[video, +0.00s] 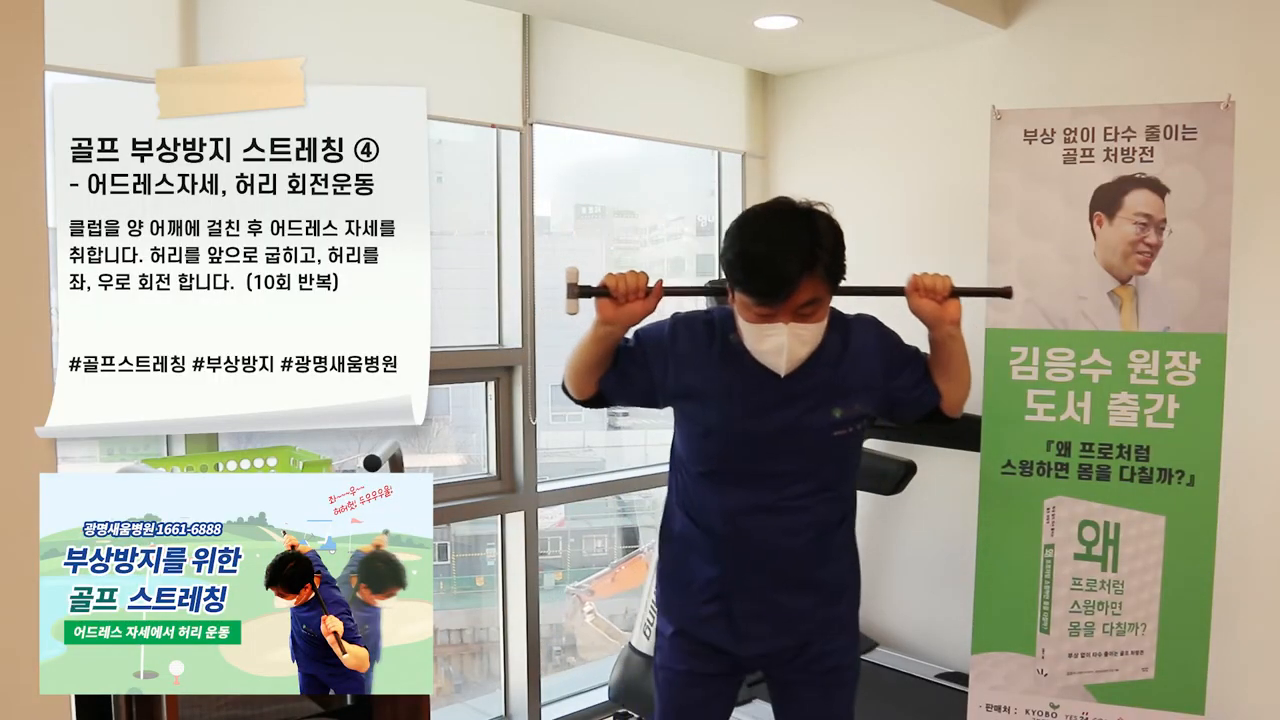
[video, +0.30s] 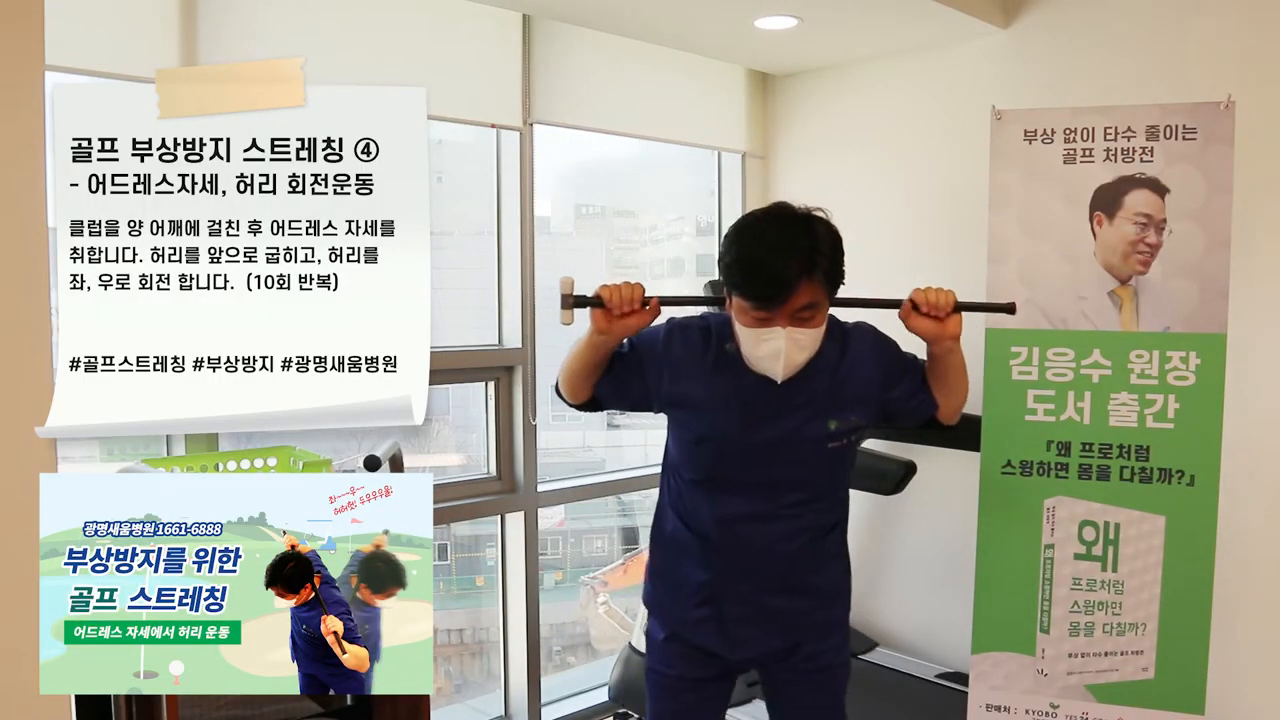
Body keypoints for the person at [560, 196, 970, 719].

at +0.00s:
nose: (784, 332)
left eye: (806, 312)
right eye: (761, 314)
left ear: (832, 290)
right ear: (730, 290)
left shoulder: (863, 349)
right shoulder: (690, 344)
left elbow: (949, 397)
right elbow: (582, 386)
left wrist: (946, 331)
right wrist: (609, 327)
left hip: (816, 619)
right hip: (699, 617)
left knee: (821, 713)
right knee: (681, 713)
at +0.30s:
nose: (781, 334)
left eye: (804, 316)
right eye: (758, 317)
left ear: (832, 298)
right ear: (727, 296)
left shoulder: (858, 357)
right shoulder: (684, 349)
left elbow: (946, 406)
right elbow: (575, 390)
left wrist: (944, 345)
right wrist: (603, 337)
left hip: (807, 618)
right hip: (692, 616)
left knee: (814, 714)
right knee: (674, 715)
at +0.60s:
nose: (764, 329)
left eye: (787, 310)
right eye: (742, 311)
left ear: (814, 293)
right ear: (711, 292)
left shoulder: (845, 356)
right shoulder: (670, 348)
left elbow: (936, 411)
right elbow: (563, 390)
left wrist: (930, 345)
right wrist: (588, 336)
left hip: (796, 618)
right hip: (681, 616)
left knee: (808, 715)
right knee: (666, 715)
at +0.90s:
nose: (763, 328)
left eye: (785, 309)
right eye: (741, 311)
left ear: (811, 295)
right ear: (710, 295)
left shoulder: (845, 357)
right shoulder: (670, 349)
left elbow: (937, 412)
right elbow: (564, 390)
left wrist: (930, 346)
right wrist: (587, 337)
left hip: (797, 618)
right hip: (682, 616)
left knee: (808, 713)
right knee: (667, 714)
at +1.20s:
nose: (763, 329)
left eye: (785, 309)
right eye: (741, 312)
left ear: (810, 296)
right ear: (710, 298)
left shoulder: (846, 357)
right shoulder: (670, 353)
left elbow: (939, 409)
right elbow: (567, 393)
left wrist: (932, 345)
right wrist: (587, 341)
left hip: (800, 620)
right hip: (684, 618)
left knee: (810, 714)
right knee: (668, 715)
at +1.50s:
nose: (788, 344)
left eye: (806, 323)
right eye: (763, 330)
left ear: (821, 303)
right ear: (719, 314)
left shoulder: (846, 358)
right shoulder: (671, 368)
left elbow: (927, 393)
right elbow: (557, 418)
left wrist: (927, 336)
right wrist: (587, 365)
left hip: (802, 624)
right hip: (685, 625)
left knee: (809, 714)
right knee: (669, 715)